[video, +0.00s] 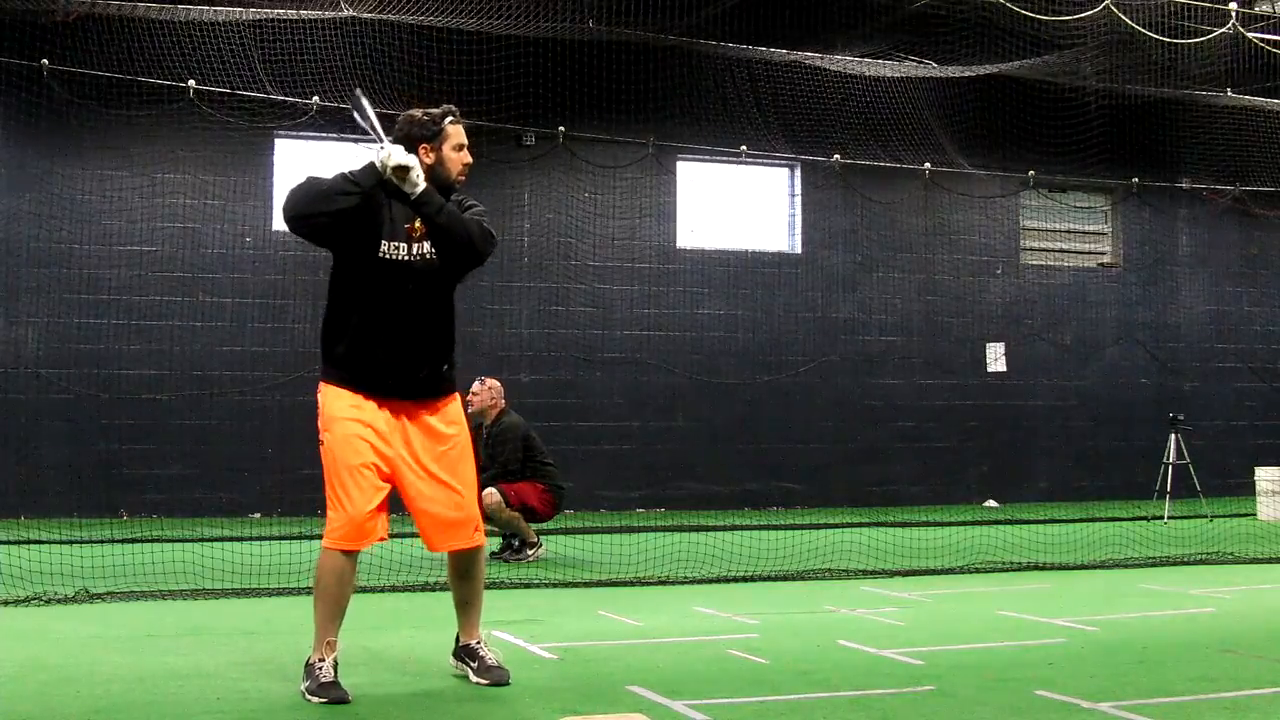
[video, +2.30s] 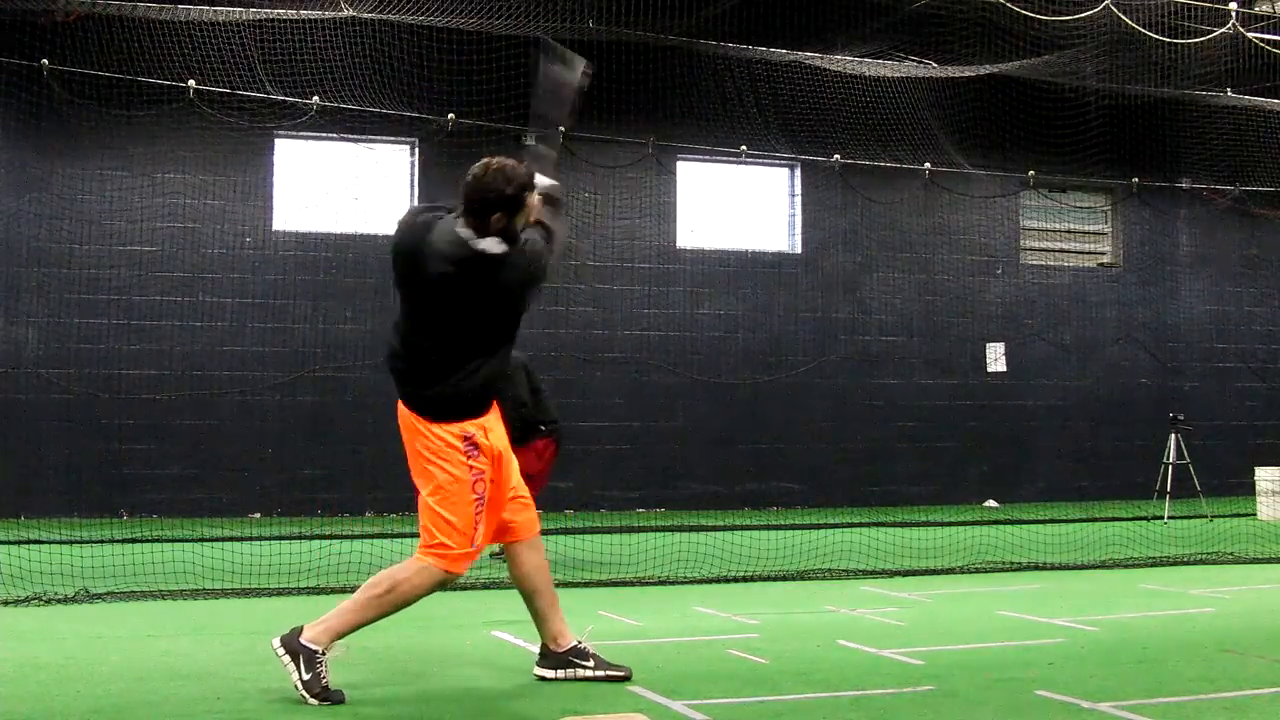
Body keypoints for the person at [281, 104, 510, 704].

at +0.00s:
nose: (468, 157)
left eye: (467, 148)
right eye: (459, 148)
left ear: (438, 152)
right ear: (425, 152)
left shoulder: (460, 217)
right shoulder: (361, 205)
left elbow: (476, 246)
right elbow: (297, 209)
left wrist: (419, 189)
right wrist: (371, 173)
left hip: (433, 400)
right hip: (355, 394)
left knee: (466, 527)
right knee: (348, 523)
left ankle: (470, 643)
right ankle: (323, 658)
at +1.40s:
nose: (472, 192)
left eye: (473, 182)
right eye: (464, 183)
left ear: (440, 187)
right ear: (429, 187)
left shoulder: (462, 244)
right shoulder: (360, 222)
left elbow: (460, 313)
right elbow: (287, 272)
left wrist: (406, 275)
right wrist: (358, 245)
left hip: (428, 416)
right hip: (349, 411)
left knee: (451, 532)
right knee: (358, 525)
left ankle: (434, 650)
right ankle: (323, 659)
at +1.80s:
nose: (486, 216)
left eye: (486, 205)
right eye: (476, 206)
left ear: (450, 208)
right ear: (439, 209)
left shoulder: (474, 264)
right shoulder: (376, 234)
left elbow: (442, 338)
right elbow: (285, 255)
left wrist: (354, 320)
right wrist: (322, 273)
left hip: (449, 409)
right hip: (365, 416)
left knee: (519, 494)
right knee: (356, 530)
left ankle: (511, 619)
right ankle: (325, 659)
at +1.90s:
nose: (494, 225)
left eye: (494, 213)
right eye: (484, 215)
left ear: (471, 215)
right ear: (446, 218)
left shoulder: (484, 275)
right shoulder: (386, 244)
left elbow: (430, 331)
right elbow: (292, 240)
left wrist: (346, 292)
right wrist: (328, 244)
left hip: (470, 418)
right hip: (385, 423)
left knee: (541, 515)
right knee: (366, 533)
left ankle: (548, 641)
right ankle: (324, 658)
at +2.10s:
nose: (512, 232)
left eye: (512, 222)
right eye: (503, 225)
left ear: (497, 218)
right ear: (468, 226)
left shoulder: (499, 249)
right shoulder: (430, 282)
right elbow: (453, 374)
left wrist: (552, 346)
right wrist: (519, 374)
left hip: (484, 420)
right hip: (434, 427)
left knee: (530, 523)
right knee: (450, 557)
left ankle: (558, 648)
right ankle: (324, 637)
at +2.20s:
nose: (520, 229)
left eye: (519, 221)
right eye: (513, 223)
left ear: (466, 217)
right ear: (484, 226)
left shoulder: (447, 232)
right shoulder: (454, 273)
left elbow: (536, 260)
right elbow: (541, 311)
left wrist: (601, 279)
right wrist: (613, 301)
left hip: (471, 408)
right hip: (437, 419)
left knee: (510, 532)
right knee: (450, 554)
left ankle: (555, 647)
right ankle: (321, 637)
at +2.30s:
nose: (534, 211)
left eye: (532, 201)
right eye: (529, 205)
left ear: (470, 206)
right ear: (509, 218)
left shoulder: (417, 231)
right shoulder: (517, 267)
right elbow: (545, 230)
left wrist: (513, 206)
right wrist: (544, 198)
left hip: (476, 413)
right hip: (445, 423)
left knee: (520, 524)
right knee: (444, 559)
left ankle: (560, 648)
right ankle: (309, 641)